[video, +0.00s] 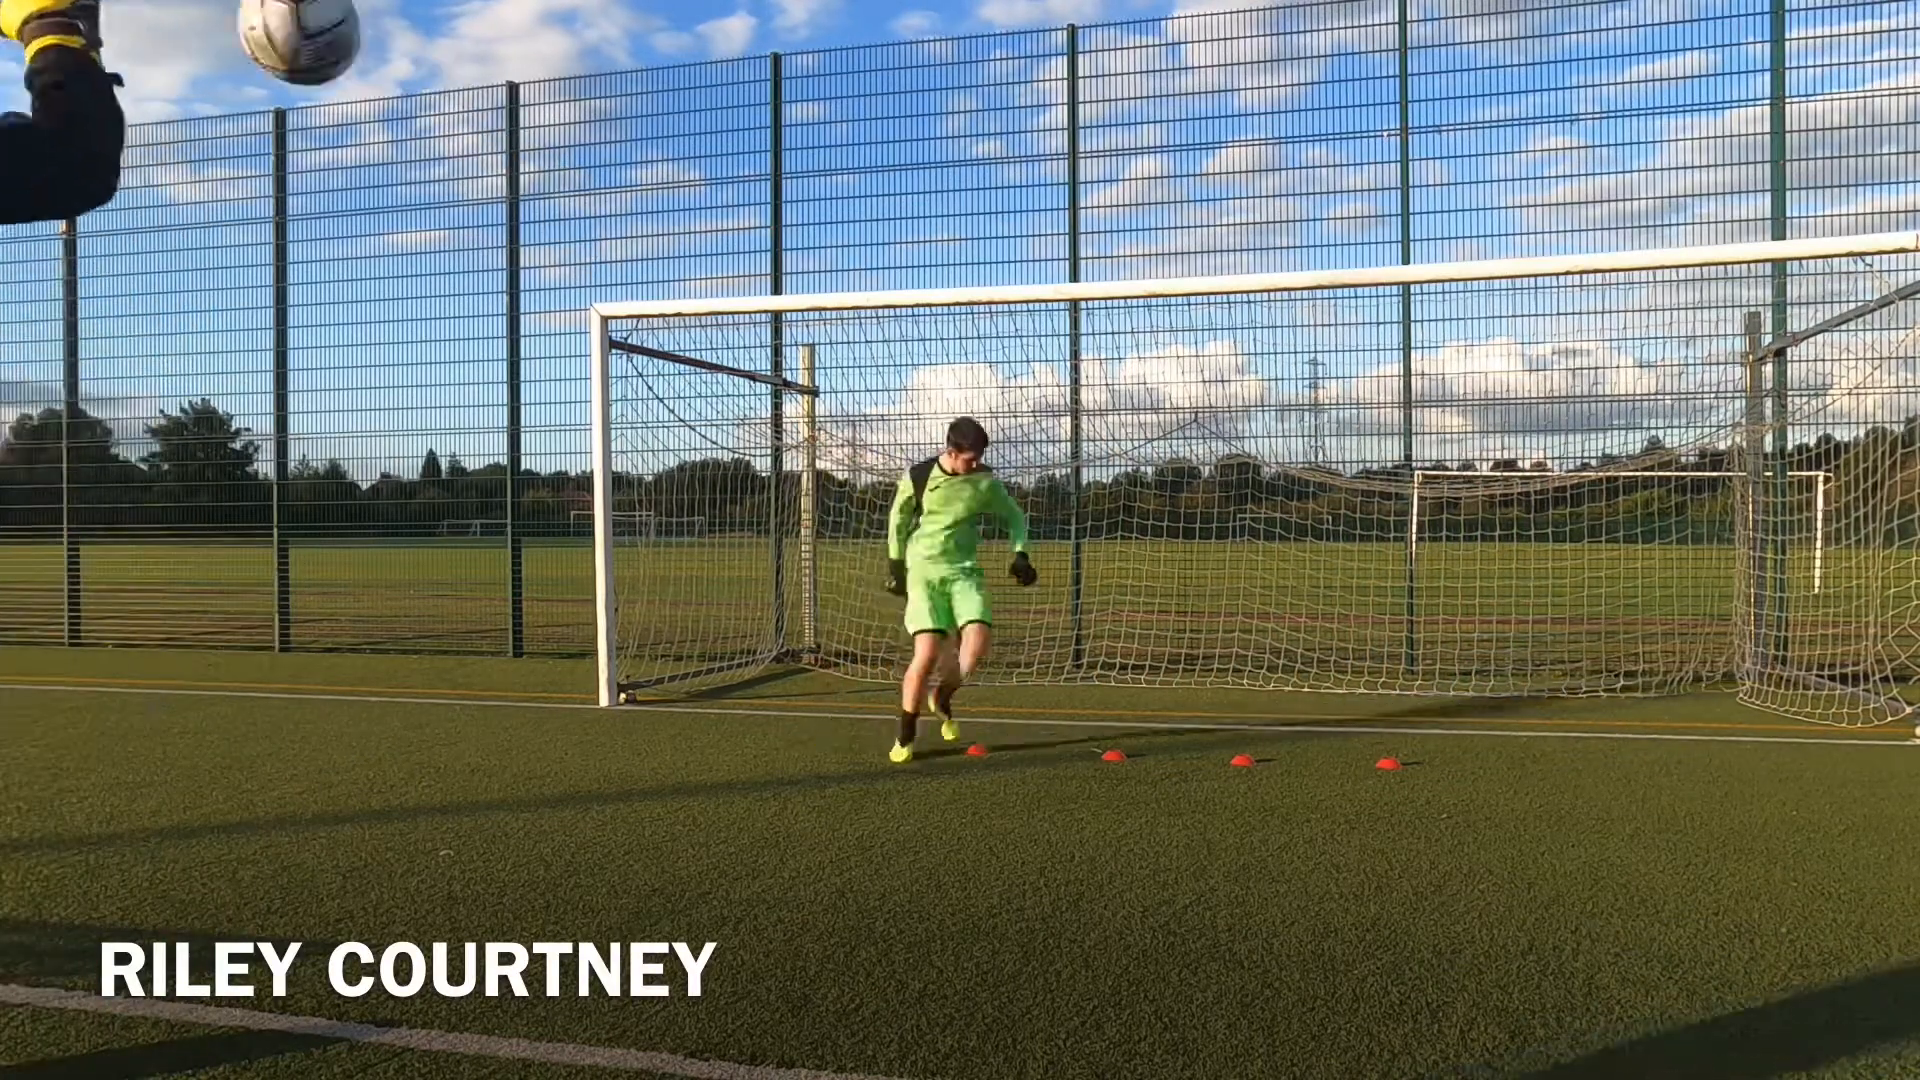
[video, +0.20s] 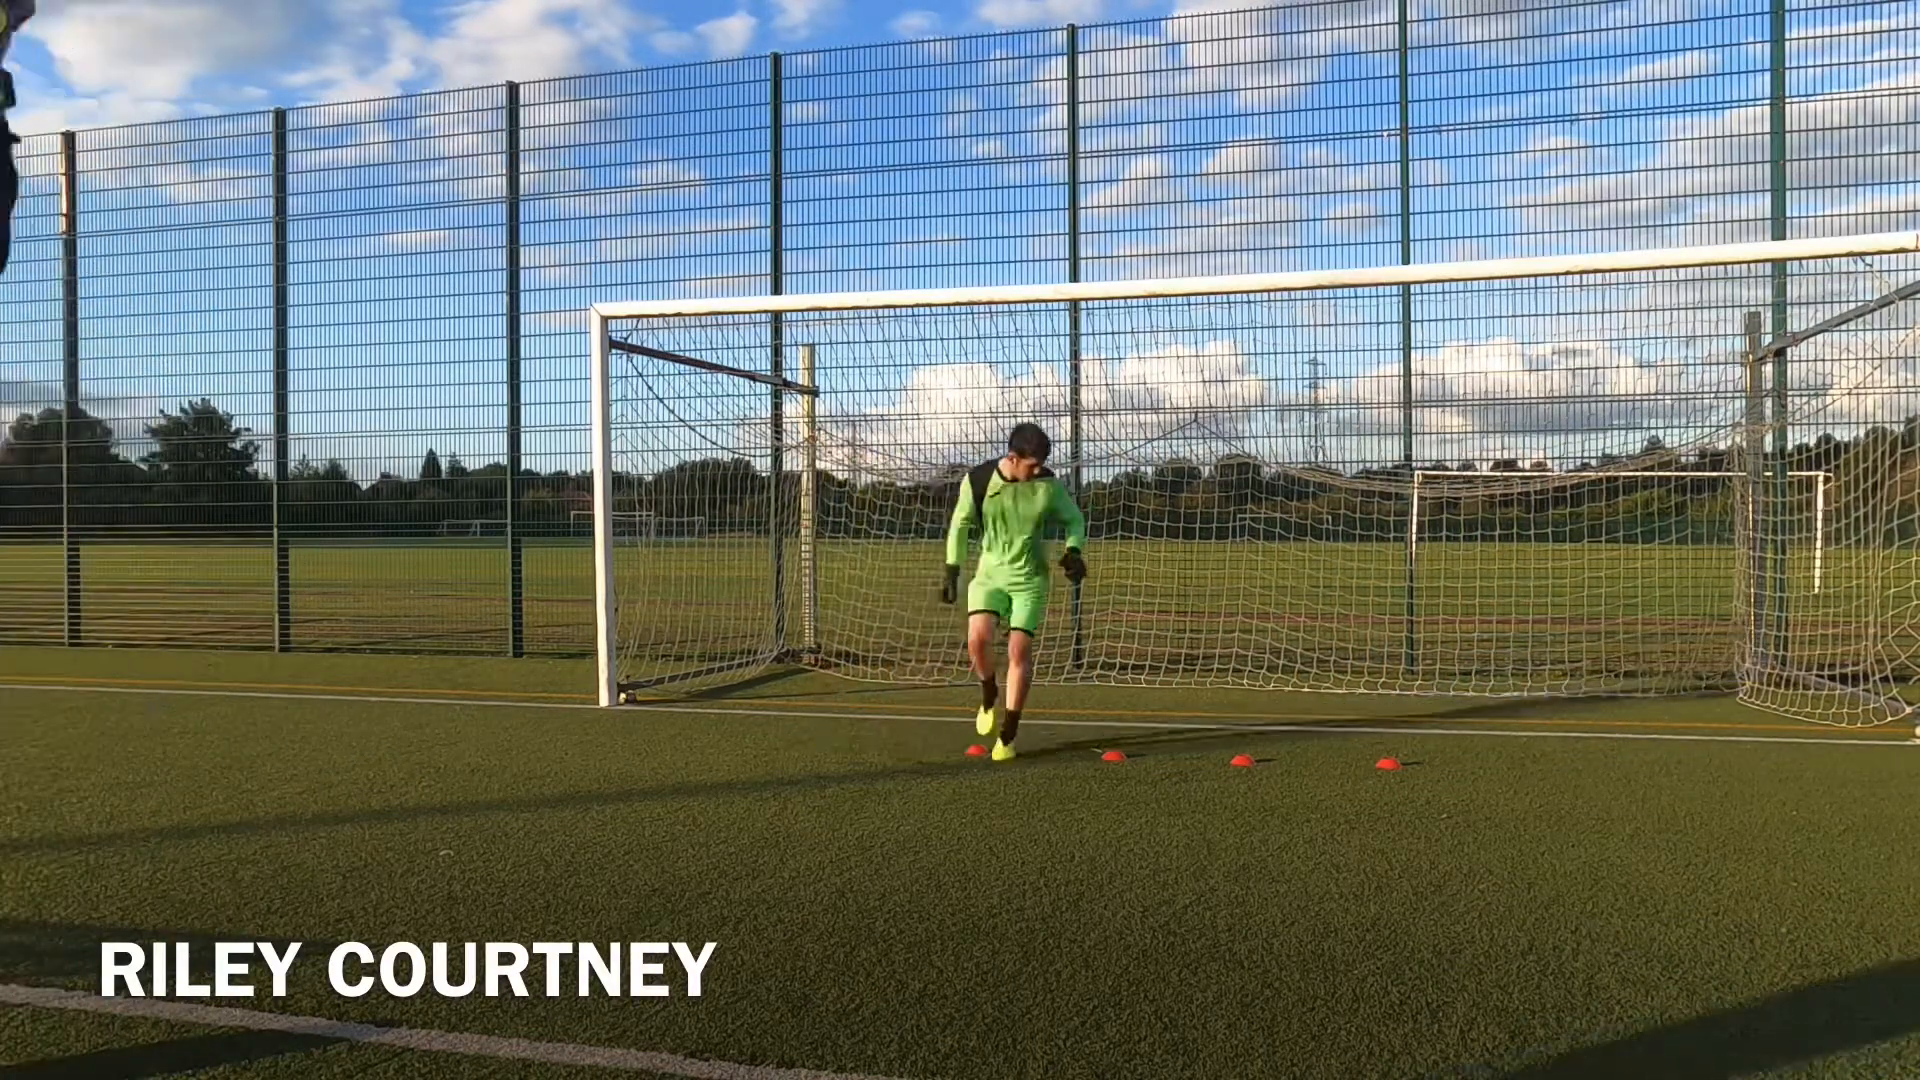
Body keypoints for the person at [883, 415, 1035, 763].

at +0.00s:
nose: (977, 463)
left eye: (980, 457)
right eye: (971, 458)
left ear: (981, 452)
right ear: (952, 450)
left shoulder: (986, 484)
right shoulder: (917, 478)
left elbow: (1015, 516)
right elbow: (898, 520)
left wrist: (1020, 552)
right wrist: (896, 565)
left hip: (965, 573)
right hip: (923, 574)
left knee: (976, 647)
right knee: (927, 652)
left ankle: (942, 697)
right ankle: (906, 733)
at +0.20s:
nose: (1038, 470)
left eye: (1041, 465)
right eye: (1033, 465)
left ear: (1042, 460)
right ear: (1014, 455)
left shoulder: (1049, 487)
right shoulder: (977, 480)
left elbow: (1076, 520)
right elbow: (959, 525)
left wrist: (1073, 550)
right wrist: (952, 571)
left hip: (1030, 580)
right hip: (989, 576)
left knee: (1019, 648)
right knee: (977, 639)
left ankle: (1008, 734)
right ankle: (990, 696)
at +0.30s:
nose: (1069, 468)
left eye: (1073, 462)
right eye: (1064, 462)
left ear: (1076, 456)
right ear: (1045, 454)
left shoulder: (1080, 485)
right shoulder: (1009, 482)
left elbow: (1094, 520)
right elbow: (989, 524)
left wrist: (1092, 546)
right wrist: (986, 571)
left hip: (1064, 575)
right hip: (1023, 579)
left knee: (1059, 643)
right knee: (1032, 659)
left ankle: (1056, 719)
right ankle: (1031, 721)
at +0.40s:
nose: (1103, 467)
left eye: (1106, 461)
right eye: (1099, 460)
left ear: (1106, 456)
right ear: (1079, 452)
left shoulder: (1112, 485)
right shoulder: (1042, 484)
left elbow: (1124, 520)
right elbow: (1024, 527)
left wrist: (1123, 549)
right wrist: (1023, 572)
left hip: (1100, 587)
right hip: (1057, 591)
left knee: (1103, 657)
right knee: (1056, 662)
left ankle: (1118, 728)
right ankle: (1040, 718)